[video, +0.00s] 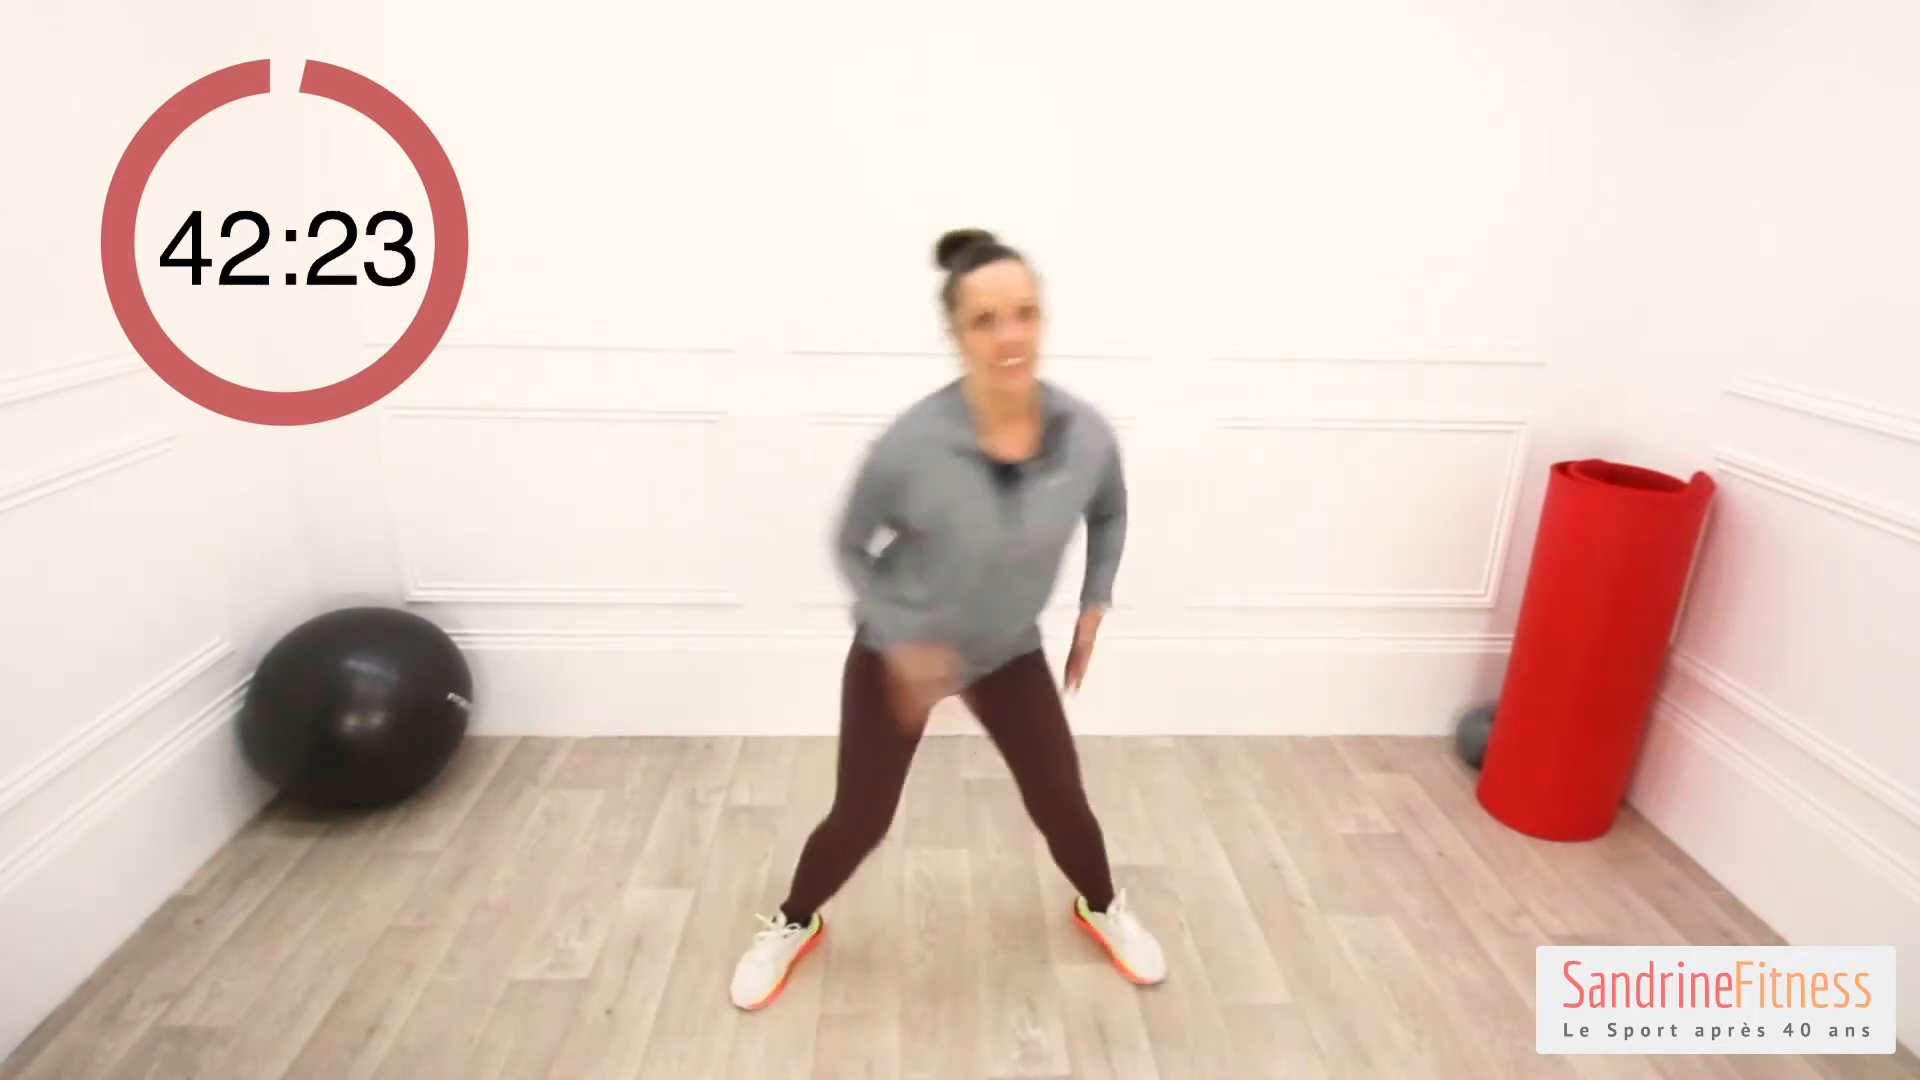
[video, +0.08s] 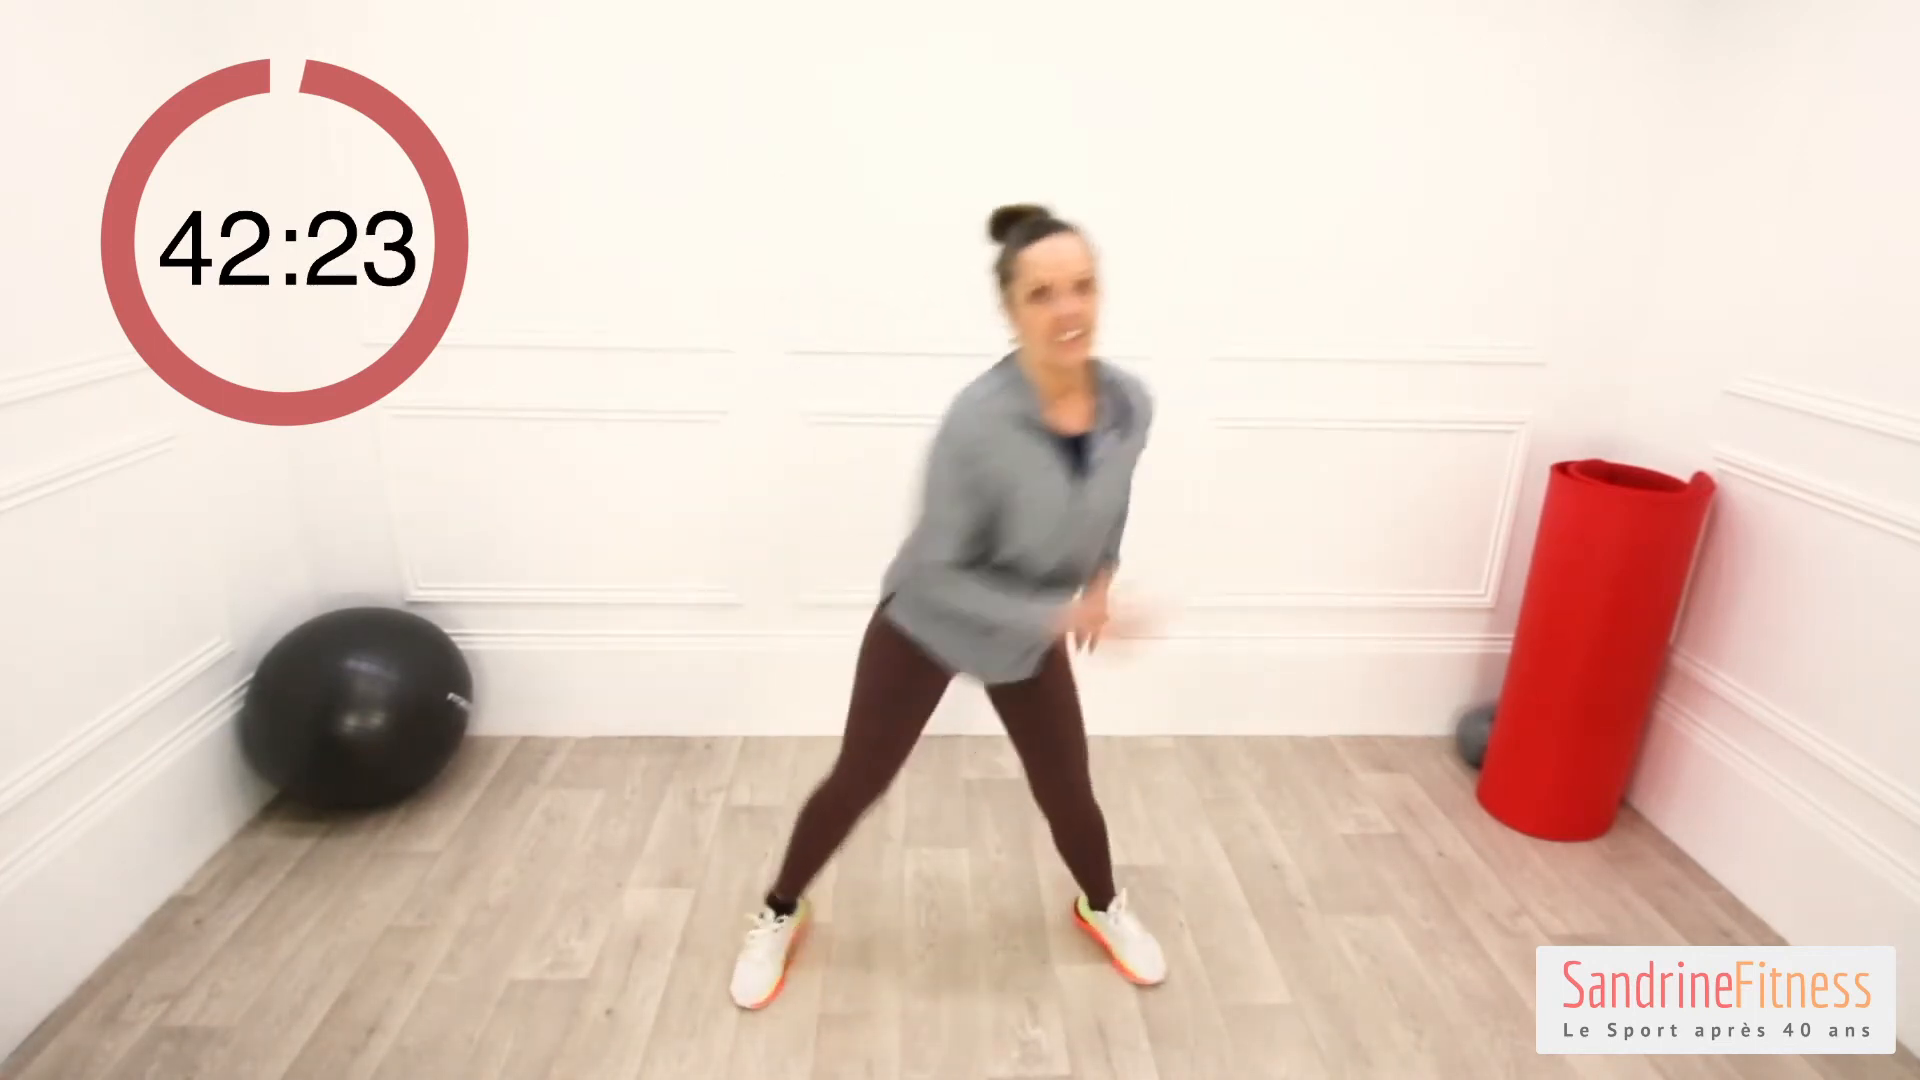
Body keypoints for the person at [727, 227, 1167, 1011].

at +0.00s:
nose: (1011, 338)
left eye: (1024, 315)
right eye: (986, 322)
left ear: (1044, 322)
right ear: (955, 337)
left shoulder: (1084, 437)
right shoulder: (911, 445)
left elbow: (1108, 518)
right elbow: (849, 546)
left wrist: (1093, 608)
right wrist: (897, 637)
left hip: (1007, 645)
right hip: (902, 643)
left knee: (1061, 804)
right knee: (864, 816)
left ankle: (1102, 909)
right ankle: (792, 925)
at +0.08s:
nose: (1070, 312)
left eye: (1083, 288)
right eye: (1044, 296)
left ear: (1101, 295)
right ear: (1011, 312)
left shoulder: (1126, 406)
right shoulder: (977, 426)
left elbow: (1108, 505)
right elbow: (930, 575)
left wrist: (1098, 583)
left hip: (1034, 624)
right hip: (931, 617)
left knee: (1067, 789)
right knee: (861, 780)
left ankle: (1103, 908)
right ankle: (777, 913)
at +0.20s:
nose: (1122, 292)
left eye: (1138, 268)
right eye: (1095, 275)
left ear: (1157, 275)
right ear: (1061, 292)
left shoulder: (1162, 379)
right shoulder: (1040, 398)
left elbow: (1131, 483)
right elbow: (1101, 548)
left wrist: (1109, 560)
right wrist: (1240, 492)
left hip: (1052, 613)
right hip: (959, 592)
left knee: (1075, 782)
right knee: (866, 733)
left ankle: (1102, 905)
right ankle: (768, 866)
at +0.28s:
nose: (1141, 296)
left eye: (1157, 273)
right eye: (1115, 279)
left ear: (1175, 278)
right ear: (1079, 293)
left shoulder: (1180, 385)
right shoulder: (1063, 395)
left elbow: (1111, 492)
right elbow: (1193, 493)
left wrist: (1097, 573)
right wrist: (1337, 431)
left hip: (1062, 617)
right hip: (970, 592)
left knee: (1084, 784)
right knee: (884, 736)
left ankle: (1102, 905)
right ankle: (780, 831)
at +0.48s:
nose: (1147, 310)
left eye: (1163, 287)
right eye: (1121, 293)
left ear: (1181, 294)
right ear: (1088, 307)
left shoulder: (1182, 397)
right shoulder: (1062, 412)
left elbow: (1147, 504)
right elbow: (1120, 569)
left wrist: (1148, 577)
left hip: (1075, 631)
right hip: (981, 611)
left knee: (1097, 792)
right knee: (906, 746)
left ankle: (1103, 909)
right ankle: (812, 834)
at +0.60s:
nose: (1122, 291)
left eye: (1139, 267)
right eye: (1097, 273)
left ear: (1162, 275)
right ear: (1066, 288)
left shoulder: (1186, 389)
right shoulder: (1026, 403)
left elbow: (1168, 480)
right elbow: (977, 554)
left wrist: (1167, 547)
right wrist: (1101, 605)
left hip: (1081, 617)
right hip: (976, 598)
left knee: (1085, 780)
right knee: (898, 746)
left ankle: (1103, 906)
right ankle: (802, 850)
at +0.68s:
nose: (1086, 294)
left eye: (1103, 271)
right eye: (1061, 276)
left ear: (1128, 278)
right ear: (1033, 290)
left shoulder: (1170, 399)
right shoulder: (986, 398)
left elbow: (1175, 509)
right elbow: (936, 525)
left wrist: (1155, 553)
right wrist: (1020, 584)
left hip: (1077, 625)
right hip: (966, 605)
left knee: (1084, 781)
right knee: (889, 760)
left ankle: (1104, 905)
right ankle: (807, 883)